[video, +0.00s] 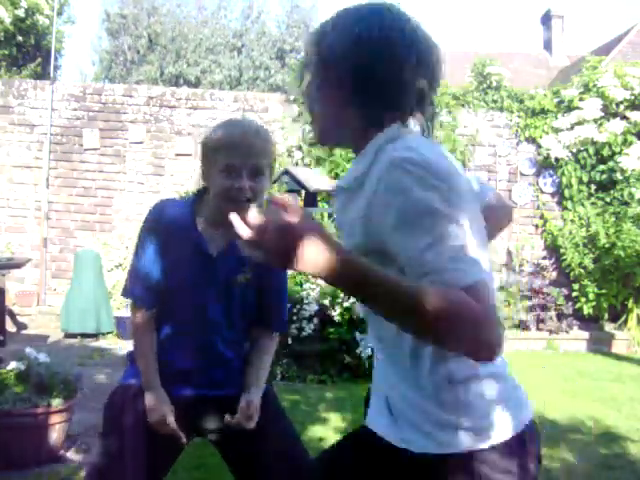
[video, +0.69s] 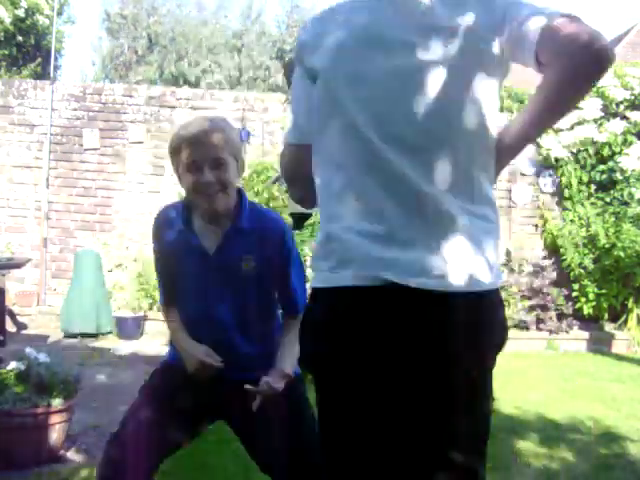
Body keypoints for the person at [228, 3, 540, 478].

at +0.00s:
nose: (306, 93)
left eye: (316, 77)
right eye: (310, 77)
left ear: (352, 81)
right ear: (399, 85)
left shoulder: (404, 170)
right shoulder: (408, 157)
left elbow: (480, 334)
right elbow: (497, 212)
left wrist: (329, 260)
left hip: (466, 451)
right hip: (402, 431)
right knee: (303, 475)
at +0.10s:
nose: (318, 32)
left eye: (322, 15)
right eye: (321, 17)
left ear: (341, 17)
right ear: (402, 22)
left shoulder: (380, 78)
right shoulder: (444, 79)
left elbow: (432, 240)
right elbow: (540, 121)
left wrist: (305, 138)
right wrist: (467, 185)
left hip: (433, 370)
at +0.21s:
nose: (324, 35)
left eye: (329, 19)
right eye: (328, 19)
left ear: (347, 20)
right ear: (411, 22)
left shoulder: (381, 72)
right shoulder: (459, 80)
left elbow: (421, 245)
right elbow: (559, 138)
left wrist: (299, 137)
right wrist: (481, 195)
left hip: (427, 373)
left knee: (324, 474)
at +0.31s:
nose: (329, 84)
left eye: (333, 67)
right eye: (331, 67)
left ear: (355, 72)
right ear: (425, 71)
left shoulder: (392, 153)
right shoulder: (478, 153)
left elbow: (395, 340)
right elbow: (554, 263)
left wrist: (295, 221)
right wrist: (460, 310)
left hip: (413, 431)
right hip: (480, 421)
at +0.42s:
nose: (346, 102)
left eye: (347, 87)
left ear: (360, 86)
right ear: (447, 87)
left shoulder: (371, 163)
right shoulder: (499, 166)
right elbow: (548, 290)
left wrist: (269, 204)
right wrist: (457, 329)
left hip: (399, 433)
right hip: (482, 427)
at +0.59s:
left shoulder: (328, 26)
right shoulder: (484, 24)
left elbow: (292, 180)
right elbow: (599, 88)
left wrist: (288, 81)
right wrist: (500, 162)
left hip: (365, 304)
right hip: (470, 303)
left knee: (361, 462)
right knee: (444, 460)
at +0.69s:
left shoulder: (323, 27)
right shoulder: (482, 8)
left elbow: (297, 172)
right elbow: (586, 51)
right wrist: (503, 147)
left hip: (350, 295)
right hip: (463, 297)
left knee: (351, 464)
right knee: (455, 465)